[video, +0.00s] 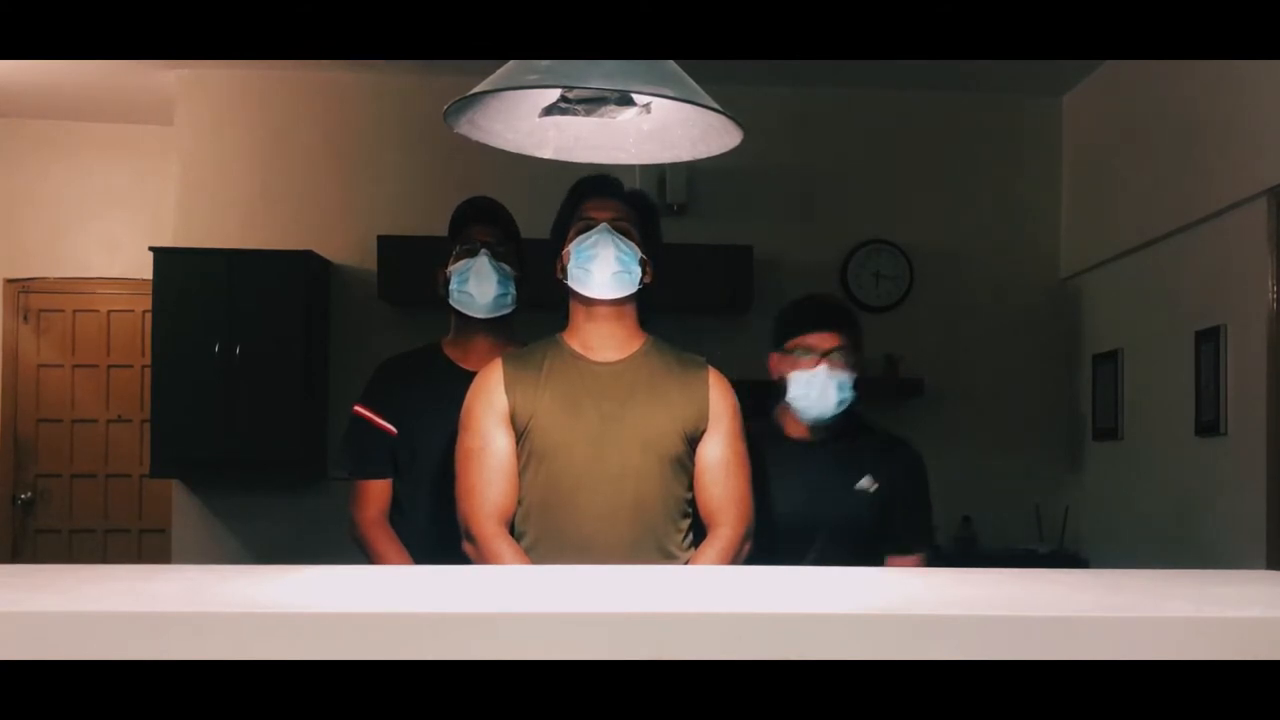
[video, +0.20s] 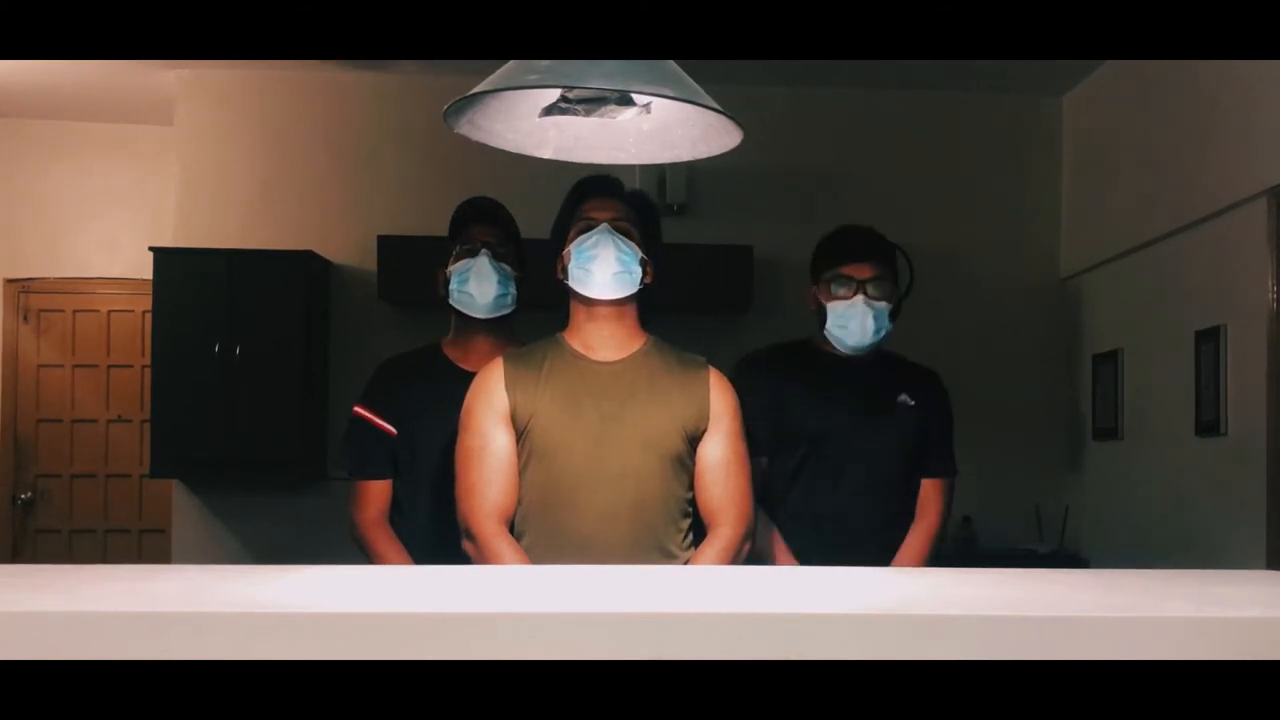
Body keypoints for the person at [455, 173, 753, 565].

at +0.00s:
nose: (603, 239)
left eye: (621, 231)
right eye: (585, 230)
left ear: (646, 267)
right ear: (562, 261)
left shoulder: (704, 388)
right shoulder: (502, 381)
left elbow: (731, 531)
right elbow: (483, 531)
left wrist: (667, 615)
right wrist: (552, 615)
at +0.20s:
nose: (603, 240)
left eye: (621, 232)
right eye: (586, 231)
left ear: (646, 267)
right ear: (562, 262)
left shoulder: (705, 388)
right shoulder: (503, 381)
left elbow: (730, 528)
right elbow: (483, 528)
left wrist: (669, 615)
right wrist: (547, 615)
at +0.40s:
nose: (603, 239)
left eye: (621, 232)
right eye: (586, 231)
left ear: (647, 267)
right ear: (562, 262)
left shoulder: (705, 388)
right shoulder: (503, 380)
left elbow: (732, 531)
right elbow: (482, 528)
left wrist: (667, 616)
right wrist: (549, 617)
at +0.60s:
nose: (603, 240)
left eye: (621, 233)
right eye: (585, 232)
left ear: (646, 268)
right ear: (561, 262)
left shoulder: (705, 388)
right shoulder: (503, 381)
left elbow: (731, 530)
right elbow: (483, 529)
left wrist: (668, 616)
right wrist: (550, 616)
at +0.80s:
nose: (601, 241)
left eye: (620, 233)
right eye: (584, 232)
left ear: (644, 268)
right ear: (560, 264)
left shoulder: (703, 388)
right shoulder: (502, 382)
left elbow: (731, 530)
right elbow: (483, 531)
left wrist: (668, 616)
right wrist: (553, 616)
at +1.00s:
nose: (601, 242)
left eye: (619, 233)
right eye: (583, 233)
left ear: (644, 268)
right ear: (559, 264)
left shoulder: (703, 389)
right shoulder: (502, 383)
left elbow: (730, 530)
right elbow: (484, 532)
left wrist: (667, 616)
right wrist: (553, 617)